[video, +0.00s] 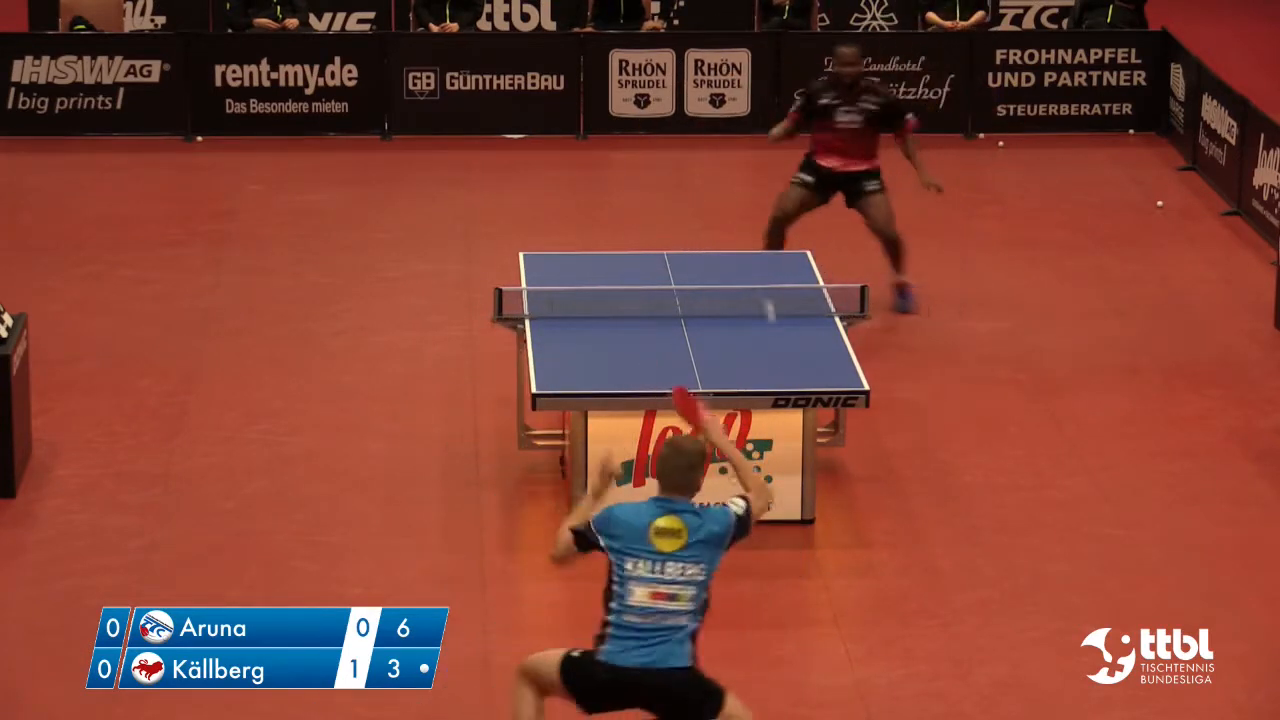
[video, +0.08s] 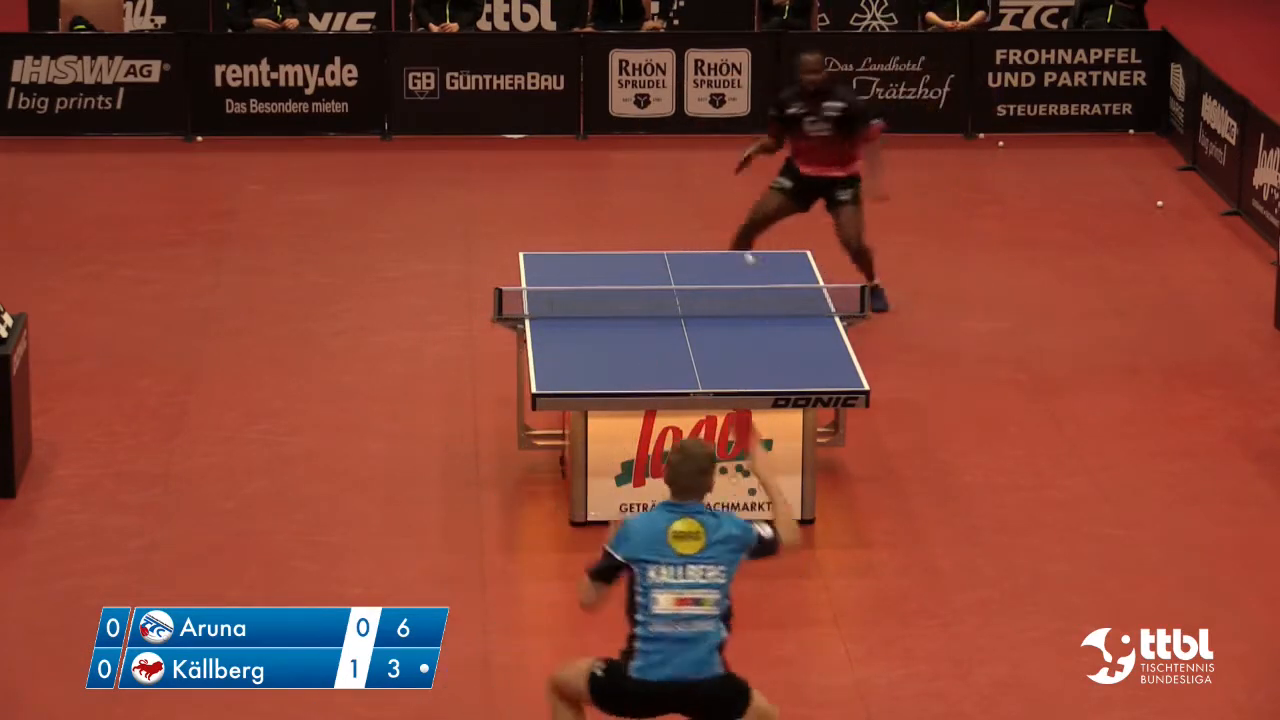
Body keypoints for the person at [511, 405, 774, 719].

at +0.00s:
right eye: (704, 469)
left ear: (655, 472)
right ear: (700, 478)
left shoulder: (619, 517)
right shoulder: (715, 525)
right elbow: (762, 497)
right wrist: (724, 442)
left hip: (610, 674)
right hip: (675, 680)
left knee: (529, 675)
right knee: (741, 715)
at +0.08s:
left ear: (665, 477)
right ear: (712, 482)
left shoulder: (636, 529)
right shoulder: (731, 530)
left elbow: (588, 598)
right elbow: (787, 536)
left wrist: (613, 542)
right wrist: (766, 474)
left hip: (641, 685)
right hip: (707, 686)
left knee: (561, 686)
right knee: (767, 714)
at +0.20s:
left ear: (689, 512)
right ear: (733, 511)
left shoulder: (668, 563)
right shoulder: (759, 560)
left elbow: (649, 651)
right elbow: (821, 597)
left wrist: (642, 614)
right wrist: (809, 536)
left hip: (692, 700)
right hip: (756, 699)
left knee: (602, 701)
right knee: (805, 715)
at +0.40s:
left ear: (706, 508)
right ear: (751, 508)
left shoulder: (682, 557)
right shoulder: (777, 559)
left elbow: (636, 625)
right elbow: (838, 609)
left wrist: (627, 602)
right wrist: (834, 564)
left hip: (708, 691)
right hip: (774, 692)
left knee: (624, 702)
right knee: (831, 713)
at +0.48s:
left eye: (713, 471)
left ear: (713, 482)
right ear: (757, 486)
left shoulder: (683, 531)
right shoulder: (781, 538)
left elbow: (633, 594)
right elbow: (840, 596)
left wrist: (633, 570)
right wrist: (837, 560)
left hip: (705, 669)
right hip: (771, 671)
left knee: (619, 701)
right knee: (839, 712)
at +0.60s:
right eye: (768, 457)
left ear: (721, 464)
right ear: (767, 465)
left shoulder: (691, 509)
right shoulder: (791, 523)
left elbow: (646, 575)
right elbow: (839, 589)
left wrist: (656, 571)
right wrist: (822, 571)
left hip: (699, 651)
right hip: (766, 654)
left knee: (620, 707)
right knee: (832, 703)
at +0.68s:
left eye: (719, 468)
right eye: (767, 472)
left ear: (722, 476)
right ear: (766, 480)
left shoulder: (690, 520)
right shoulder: (787, 531)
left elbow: (644, 589)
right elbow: (828, 603)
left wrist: (667, 585)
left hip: (698, 660)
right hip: (764, 663)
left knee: (626, 713)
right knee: (825, 712)